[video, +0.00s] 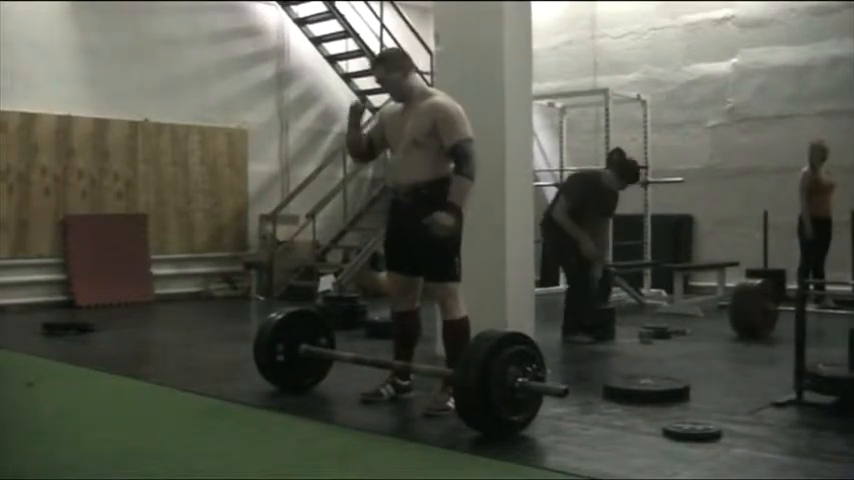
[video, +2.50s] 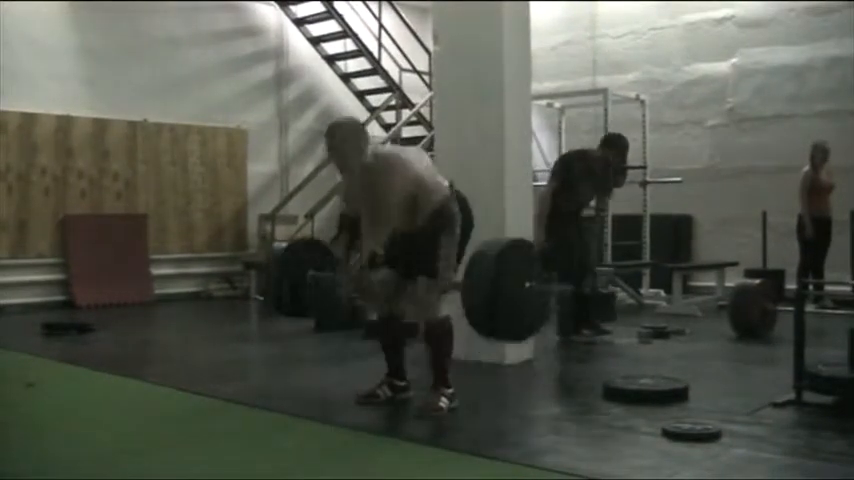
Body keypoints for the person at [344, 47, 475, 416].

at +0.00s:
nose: (385, 88)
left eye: (389, 80)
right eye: (381, 83)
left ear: (407, 72)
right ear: (382, 82)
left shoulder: (442, 109)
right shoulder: (391, 117)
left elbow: (465, 162)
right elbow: (363, 153)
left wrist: (453, 208)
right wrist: (354, 127)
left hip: (438, 201)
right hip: (402, 204)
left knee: (446, 295)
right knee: (401, 292)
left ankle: (454, 385)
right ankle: (400, 379)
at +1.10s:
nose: (389, 87)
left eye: (393, 79)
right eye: (386, 81)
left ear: (413, 72)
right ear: (386, 80)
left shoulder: (445, 109)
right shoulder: (392, 116)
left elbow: (465, 163)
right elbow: (370, 155)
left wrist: (453, 211)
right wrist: (352, 182)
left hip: (438, 203)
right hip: (402, 205)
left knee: (443, 296)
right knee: (398, 293)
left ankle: (453, 385)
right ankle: (400, 378)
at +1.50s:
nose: (351, 117)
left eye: (353, 108)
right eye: (347, 112)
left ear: (371, 96)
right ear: (349, 110)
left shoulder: (421, 122)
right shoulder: (368, 141)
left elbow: (448, 175)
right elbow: (361, 197)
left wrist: (452, 227)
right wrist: (355, 249)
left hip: (438, 213)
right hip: (402, 217)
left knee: (439, 299)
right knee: (395, 297)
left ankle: (451, 386)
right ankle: (399, 379)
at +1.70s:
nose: (342, 167)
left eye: (342, 158)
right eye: (337, 161)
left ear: (358, 148)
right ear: (344, 156)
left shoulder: (408, 168)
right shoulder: (361, 179)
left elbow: (433, 224)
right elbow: (355, 232)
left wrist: (443, 274)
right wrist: (352, 274)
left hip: (449, 233)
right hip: (406, 237)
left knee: (430, 307)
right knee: (382, 300)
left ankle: (446, 388)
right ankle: (398, 379)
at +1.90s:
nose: (343, 220)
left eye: (345, 212)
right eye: (340, 214)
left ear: (361, 204)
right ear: (343, 211)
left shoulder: (411, 226)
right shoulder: (357, 229)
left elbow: (432, 286)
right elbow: (354, 279)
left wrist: (440, 331)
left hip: (449, 270)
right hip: (402, 273)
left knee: (416, 327)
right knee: (371, 320)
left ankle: (442, 387)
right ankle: (397, 381)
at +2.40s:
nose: (334, 185)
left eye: (338, 177)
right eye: (332, 178)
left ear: (358, 171)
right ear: (335, 175)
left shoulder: (410, 191)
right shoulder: (352, 199)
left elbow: (447, 245)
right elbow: (349, 250)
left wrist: (443, 298)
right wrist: (351, 298)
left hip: (444, 233)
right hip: (403, 242)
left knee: (429, 311)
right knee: (381, 306)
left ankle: (442, 389)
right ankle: (395, 380)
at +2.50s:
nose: (332, 158)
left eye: (336, 150)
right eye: (330, 151)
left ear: (357, 146)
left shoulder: (394, 166)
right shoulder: (355, 177)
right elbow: (355, 224)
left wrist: (447, 270)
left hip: (441, 221)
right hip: (404, 230)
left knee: (430, 302)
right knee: (386, 300)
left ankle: (443, 388)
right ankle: (396, 379)